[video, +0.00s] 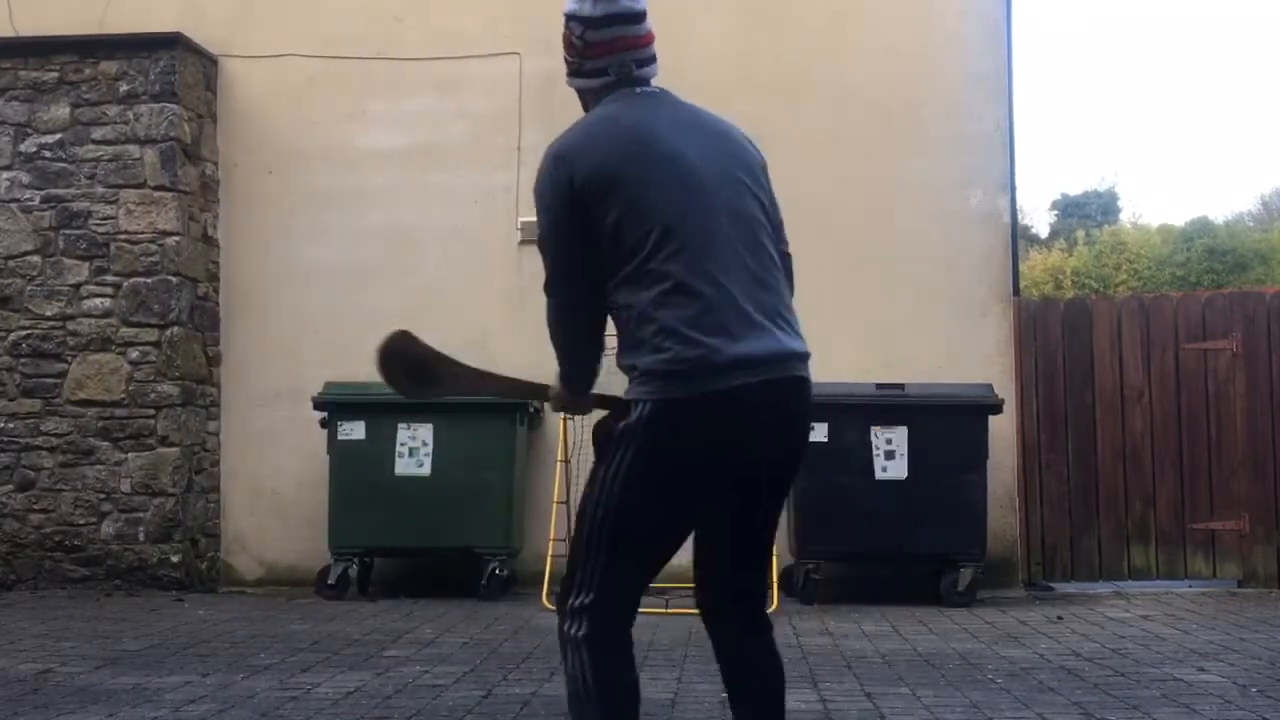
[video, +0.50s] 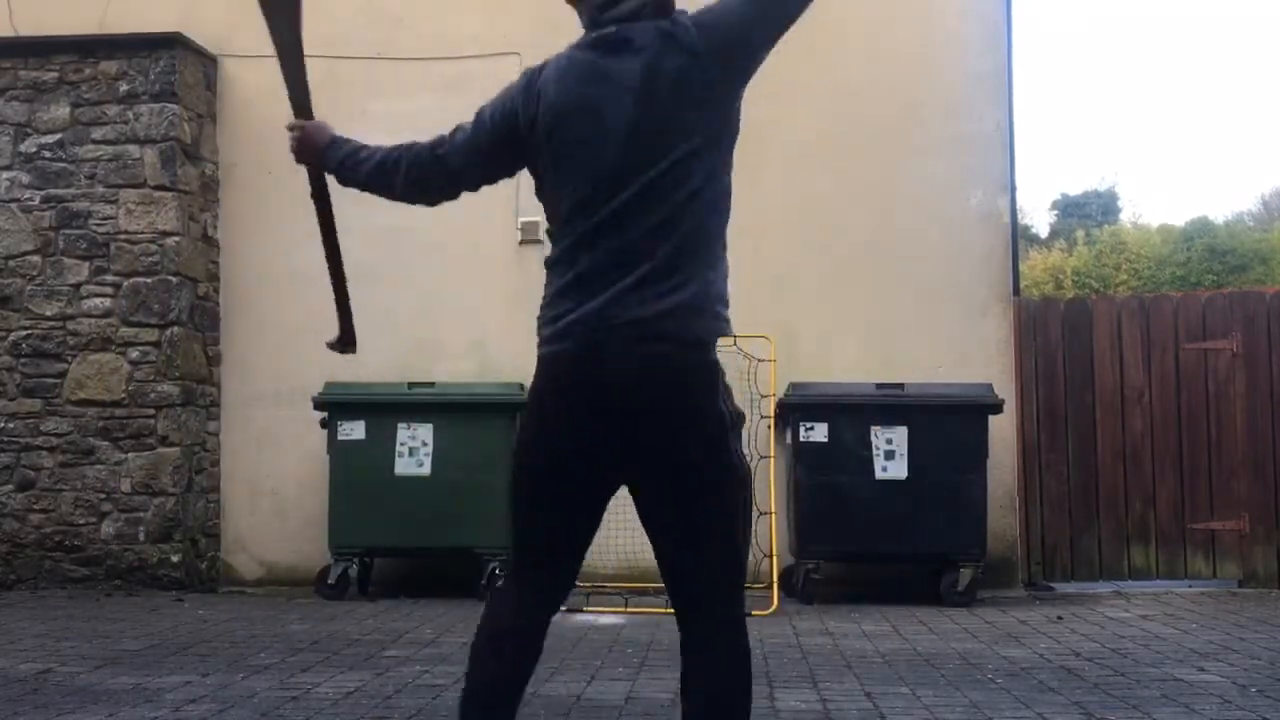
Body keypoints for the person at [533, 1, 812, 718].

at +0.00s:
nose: (572, 79)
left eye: (571, 68)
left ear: (577, 70)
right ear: (651, 60)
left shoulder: (574, 154)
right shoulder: (729, 134)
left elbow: (573, 299)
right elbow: (775, 265)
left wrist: (574, 386)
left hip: (679, 404)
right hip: (780, 394)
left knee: (592, 611)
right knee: (736, 601)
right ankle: (764, 713)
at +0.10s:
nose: (550, 81)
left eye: (551, 73)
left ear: (555, 84)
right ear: (633, 75)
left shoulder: (550, 172)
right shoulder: (701, 158)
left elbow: (518, 322)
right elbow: (764, 292)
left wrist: (473, 341)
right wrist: (661, 335)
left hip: (641, 427)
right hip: (749, 420)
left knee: (553, 636)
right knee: (666, 604)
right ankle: (705, 715)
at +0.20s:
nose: (559, 75)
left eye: (556, 66)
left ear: (558, 81)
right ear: (635, 69)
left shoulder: (543, 176)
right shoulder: (710, 158)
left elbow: (465, 297)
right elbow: (786, 253)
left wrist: (395, 308)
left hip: (612, 439)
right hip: (725, 433)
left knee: (543, 644)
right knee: (667, 615)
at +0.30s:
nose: (588, 5)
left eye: (579, 2)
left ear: (575, 11)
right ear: (648, 7)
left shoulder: (536, 93)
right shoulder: (709, 66)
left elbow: (436, 190)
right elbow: (816, 51)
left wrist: (325, 197)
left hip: (583, 381)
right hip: (698, 378)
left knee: (570, 596)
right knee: (702, 594)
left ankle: (561, 717)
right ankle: (705, 716)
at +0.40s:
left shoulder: (542, 67)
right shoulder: (714, 34)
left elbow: (438, 155)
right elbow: (812, 1)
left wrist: (320, 164)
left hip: (576, 360)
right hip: (689, 354)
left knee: (554, 570)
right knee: (703, 582)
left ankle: (539, 713)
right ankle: (700, 714)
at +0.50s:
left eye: (576, 7)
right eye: (680, 1)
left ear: (581, 8)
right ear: (664, 0)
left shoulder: (543, 91)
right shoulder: (708, 46)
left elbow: (432, 169)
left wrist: (328, 149)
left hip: (570, 381)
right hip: (679, 376)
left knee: (527, 593)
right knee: (713, 612)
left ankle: (481, 713)